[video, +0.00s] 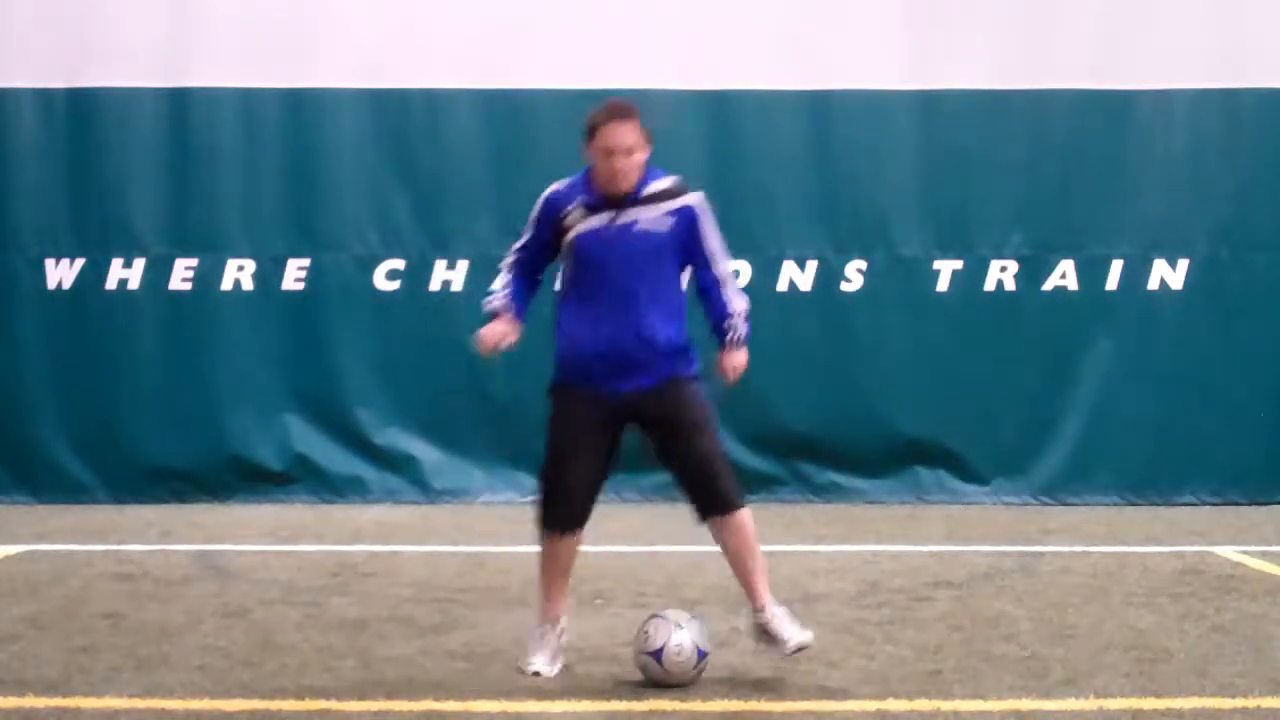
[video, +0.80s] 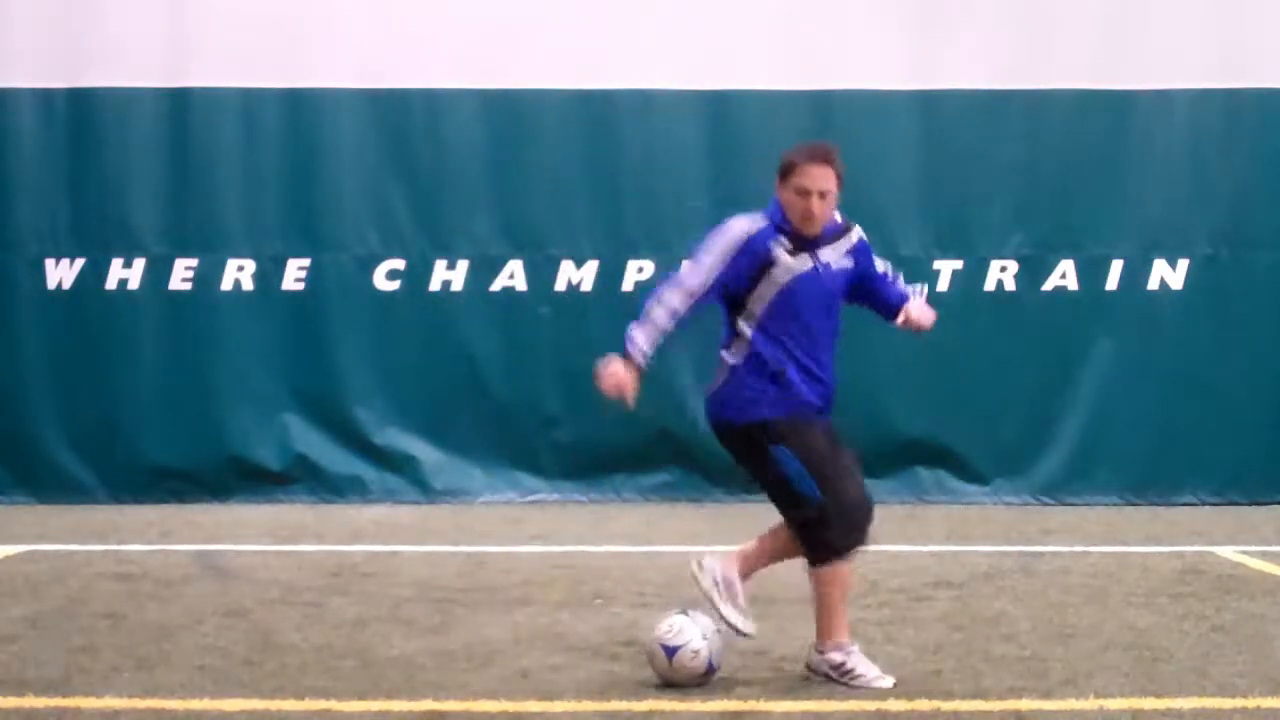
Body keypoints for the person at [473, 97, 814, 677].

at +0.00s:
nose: (620, 163)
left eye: (630, 151)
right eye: (609, 152)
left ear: (648, 150)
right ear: (588, 153)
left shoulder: (680, 202)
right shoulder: (561, 204)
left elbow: (717, 272)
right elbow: (523, 264)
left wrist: (732, 334)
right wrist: (508, 313)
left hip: (665, 377)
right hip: (585, 383)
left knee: (717, 487)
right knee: (562, 507)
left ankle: (767, 611)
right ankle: (550, 628)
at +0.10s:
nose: (660, 153)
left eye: (670, 142)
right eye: (649, 143)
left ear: (686, 144)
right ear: (629, 144)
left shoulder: (717, 196)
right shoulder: (597, 195)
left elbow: (751, 269)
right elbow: (558, 255)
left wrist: (761, 331)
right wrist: (555, 304)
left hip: (696, 365)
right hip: (618, 363)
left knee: (732, 490)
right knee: (590, 456)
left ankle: (731, 610)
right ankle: (604, 567)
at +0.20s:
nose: (697, 175)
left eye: (707, 165)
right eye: (687, 165)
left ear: (723, 169)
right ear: (667, 167)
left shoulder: (753, 221)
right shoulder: (636, 217)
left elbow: (788, 288)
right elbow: (590, 276)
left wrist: (810, 349)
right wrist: (589, 316)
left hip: (725, 382)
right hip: (652, 374)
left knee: (729, 514)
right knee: (637, 440)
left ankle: (720, 626)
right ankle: (649, 570)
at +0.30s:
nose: (740, 178)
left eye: (751, 167)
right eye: (729, 167)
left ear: (764, 169)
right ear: (707, 167)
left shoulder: (784, 219)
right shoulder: (673, 217)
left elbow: (820, 280)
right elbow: (622, 278)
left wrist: (846, 329)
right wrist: (604, 330)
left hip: (749, 376)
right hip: (684, 363)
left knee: (751, 509)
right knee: (703, 431)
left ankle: (723, 622)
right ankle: (687, 559)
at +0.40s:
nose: (776, 178)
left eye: (786, 167)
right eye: (764, 166)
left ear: (798, 167)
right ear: (741, 165)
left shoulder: (814, 214)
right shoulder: (707, 210)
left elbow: (846, 262)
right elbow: (646, 265)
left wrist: (851, 297)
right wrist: (619, 337)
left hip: (761, 369)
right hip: (701, 359)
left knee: (794, 488)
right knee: (769, 452)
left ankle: (710, 577)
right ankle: (757, 582)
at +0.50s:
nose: (811, 205)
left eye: (820, 192)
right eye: (799, 192)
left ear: (832, 190)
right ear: (775, 187)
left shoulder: (836, 229)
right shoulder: (740, 232)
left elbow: (860, 279)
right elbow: (676, 293)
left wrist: (856, 298)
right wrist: (641, 369)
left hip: (782, 391)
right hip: (732, 390)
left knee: (819, 502)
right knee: (806, 507)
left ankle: (697, 545)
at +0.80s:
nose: (815, 206)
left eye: (825, 196)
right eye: (803, 194)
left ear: (837, 197)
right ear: (780, 191)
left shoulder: (847, 241)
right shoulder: (749, 234)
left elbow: (878, 282)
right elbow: (685, 286)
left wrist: (907, 305)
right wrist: (632, 355)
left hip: (808, 407)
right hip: (751, 406)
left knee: (851, 514)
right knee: (829, 518)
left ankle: (731, 569)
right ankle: (833, 649)